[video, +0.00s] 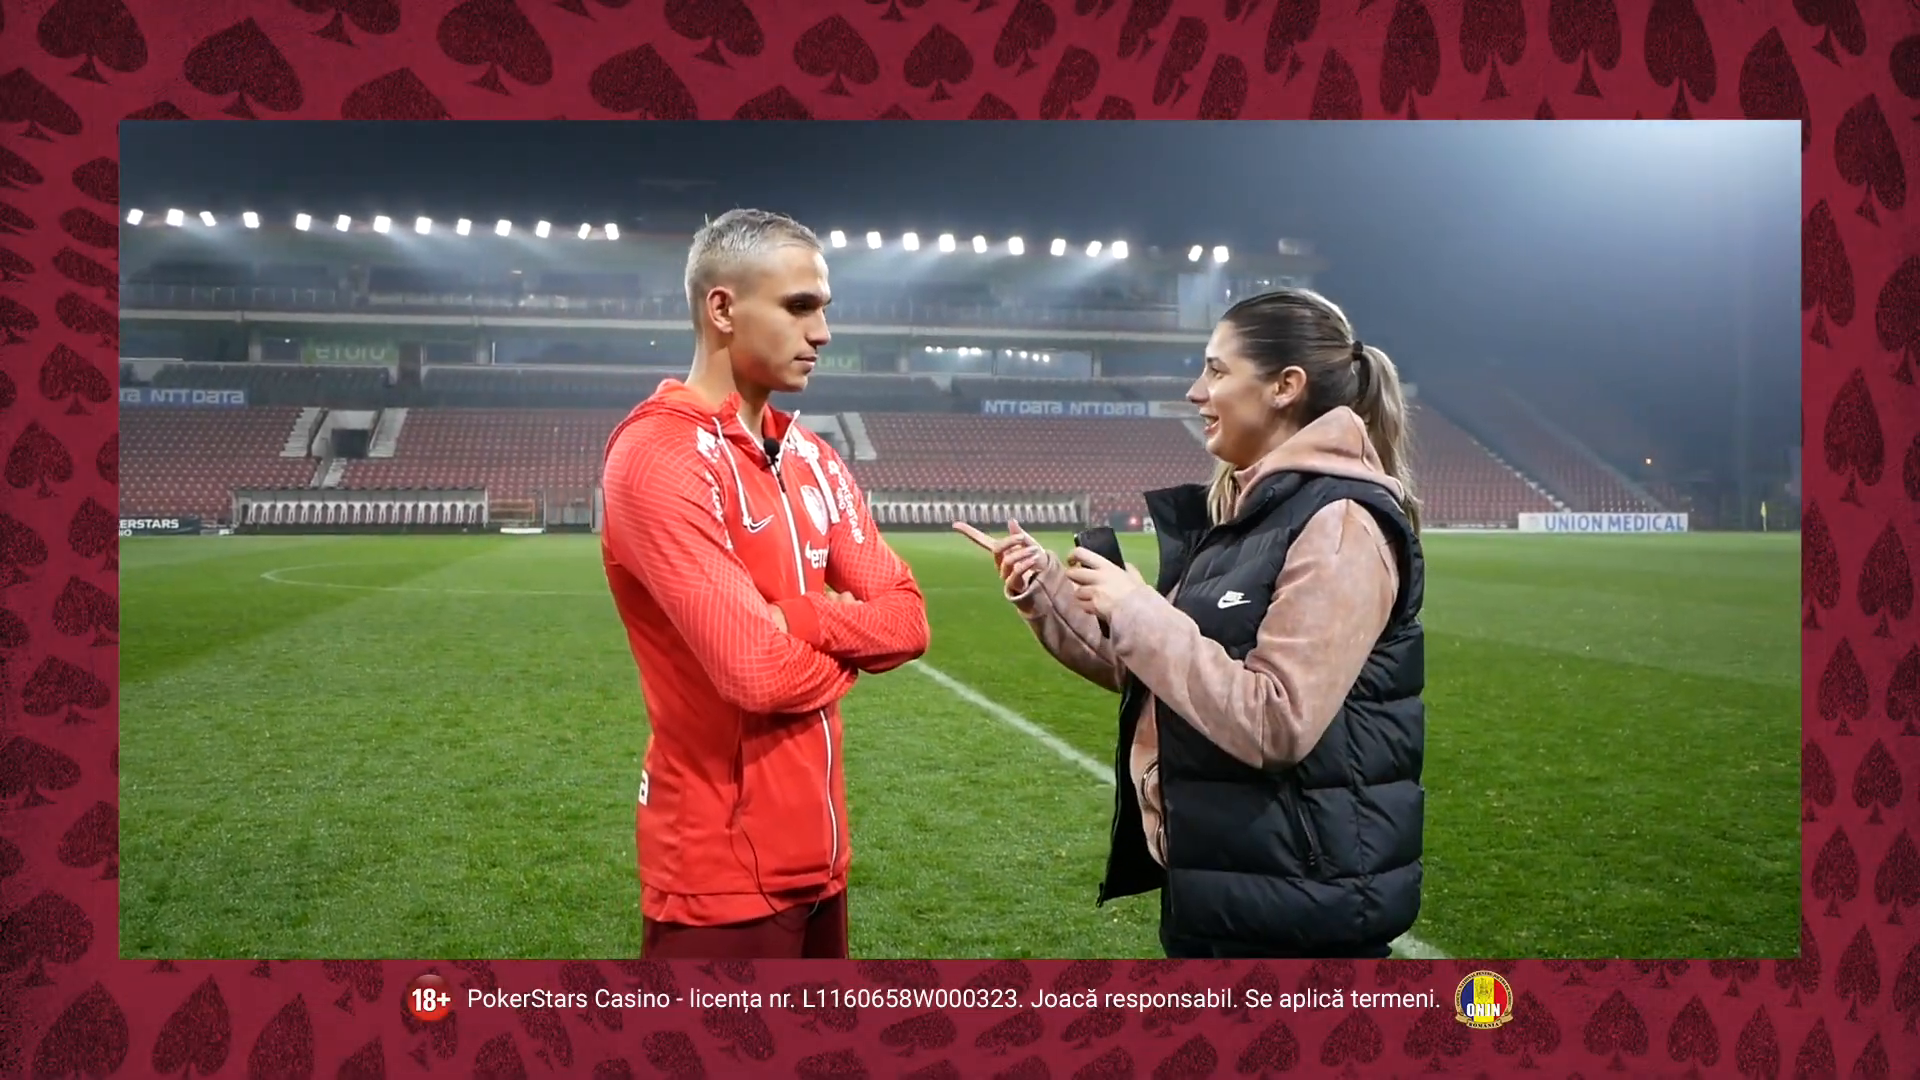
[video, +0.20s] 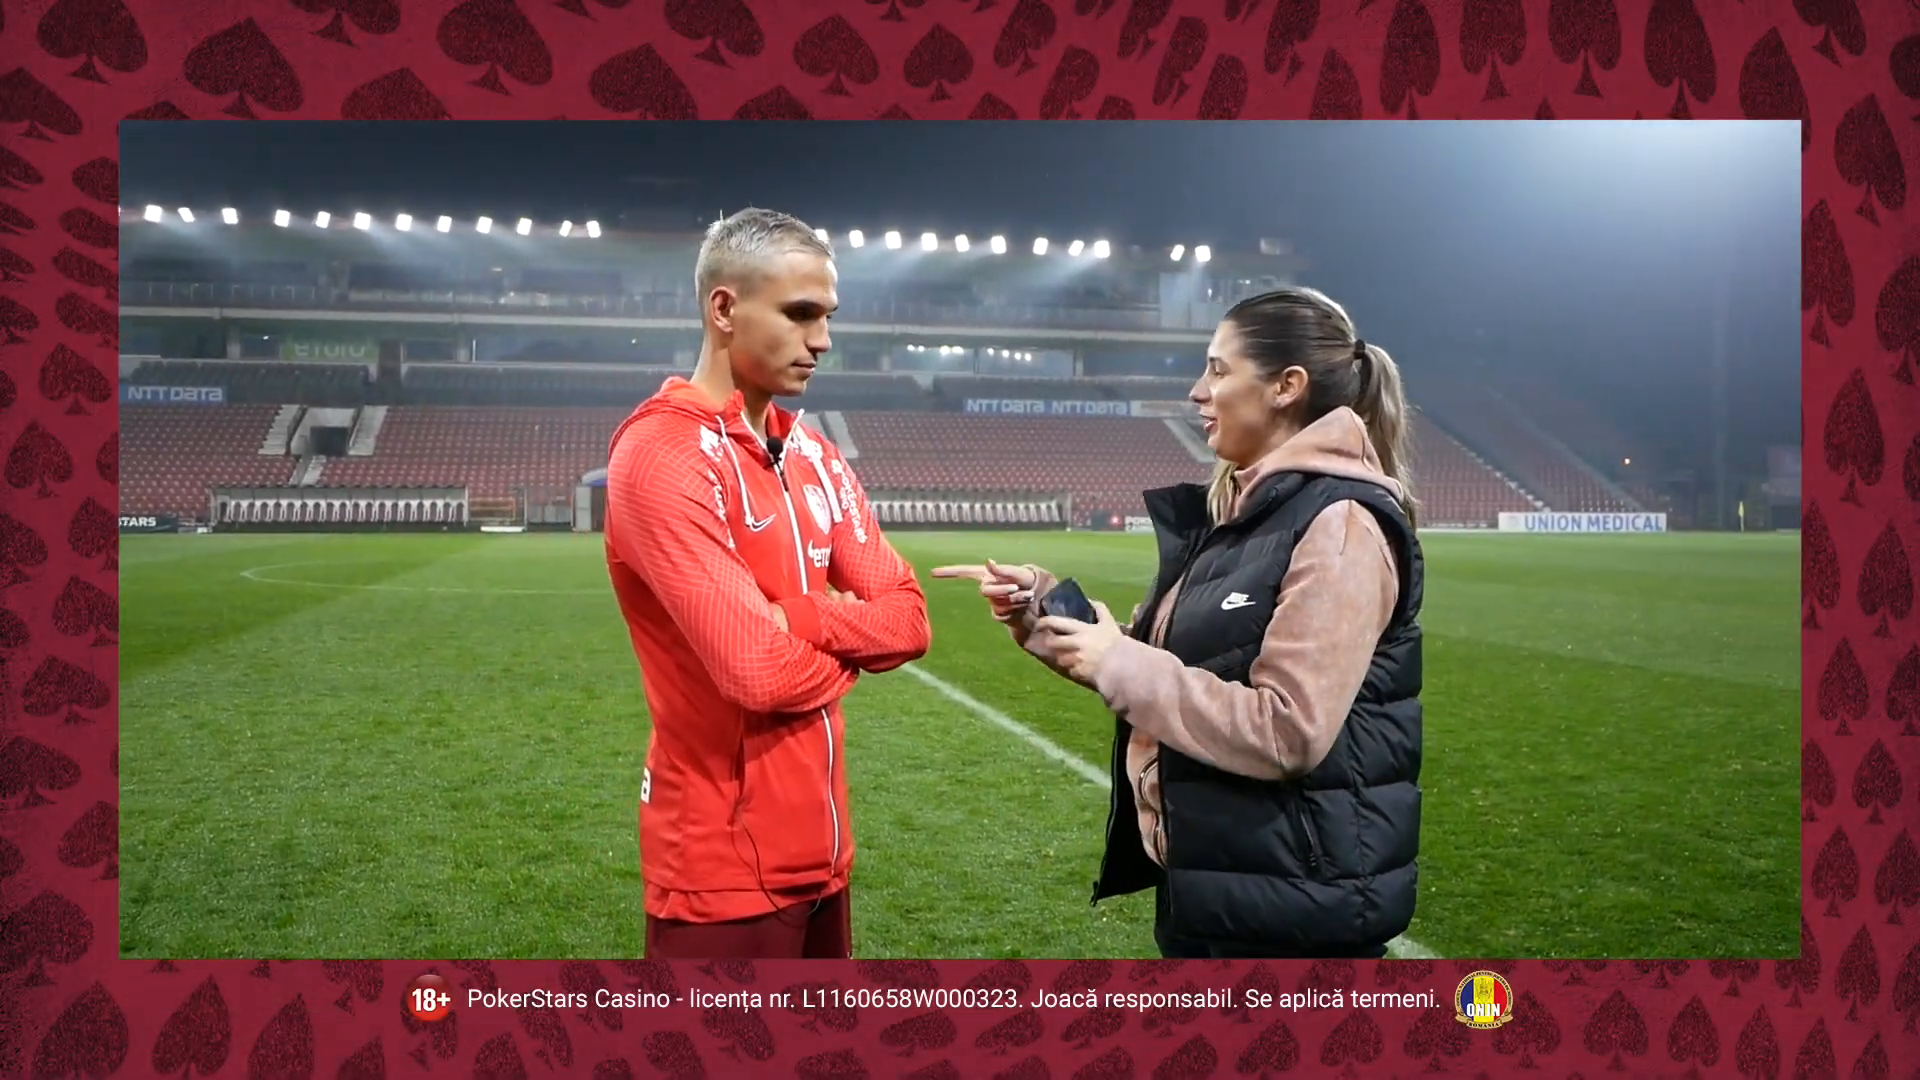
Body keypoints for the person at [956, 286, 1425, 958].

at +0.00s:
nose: (1195, 392)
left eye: (1216, 371)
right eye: (1203, 372)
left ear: (1286, 386)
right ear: (1276, 386)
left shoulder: (1343, 525)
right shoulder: (1242, 513)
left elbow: (1275, 715)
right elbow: (1151, 671)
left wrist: (1138, 612)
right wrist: (1046, 598)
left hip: (1300, 906)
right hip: (1227, 897)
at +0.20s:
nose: (1198, 391)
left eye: (1218, 370)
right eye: (1205, 371)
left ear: (1288, 387)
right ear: (1285, 389)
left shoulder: (1342, 526)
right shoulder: (1246, 512)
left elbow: (1287, 729)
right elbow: (1167, 669)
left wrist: (1118, 664)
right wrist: (1049, 615)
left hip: (1294, 911)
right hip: (1223, 901)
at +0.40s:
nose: (1204, 382)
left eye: (1226, 360)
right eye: (1213, 361)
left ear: (1296, 379)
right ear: (1292, 382)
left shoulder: (1324, 523)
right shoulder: (1244, 508)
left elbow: (1315, 747)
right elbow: (1172, 666)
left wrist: (1144, 759)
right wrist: (1097, 624)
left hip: (1283, 912)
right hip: (1225, 903)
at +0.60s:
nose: (1178, 383)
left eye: (1203, 361)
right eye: (1190, 362)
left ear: (1268, 384)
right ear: (1263, 385)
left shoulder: (1319, 528)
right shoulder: (1225, 515)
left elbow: (1334, 744)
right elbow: (1188, 699)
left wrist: (1160, 747)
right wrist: (1117, 656)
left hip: (1278, 917)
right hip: (1210, 910)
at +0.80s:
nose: (1160, 392)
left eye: (1180, 371)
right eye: (1169, 371)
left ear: (1246, 394)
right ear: (1242, 395)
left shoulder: (1316, 533)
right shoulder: (1214, 516)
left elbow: (1333, 748)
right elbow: (1178, 650)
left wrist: (1157, 733)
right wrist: (1108, 651)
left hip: (1279, 915)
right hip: (1205, 905)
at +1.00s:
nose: (1157, 403)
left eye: (1175, 379)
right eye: (1164, 380)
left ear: (1241, 396)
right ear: (1237, 398)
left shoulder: (1317, 538)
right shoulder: (1216, 519)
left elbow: (1330, 755)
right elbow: (1179, 686)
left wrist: (1155, 739)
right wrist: (1093, 652)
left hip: (1278, 915)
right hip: (1207, 904)